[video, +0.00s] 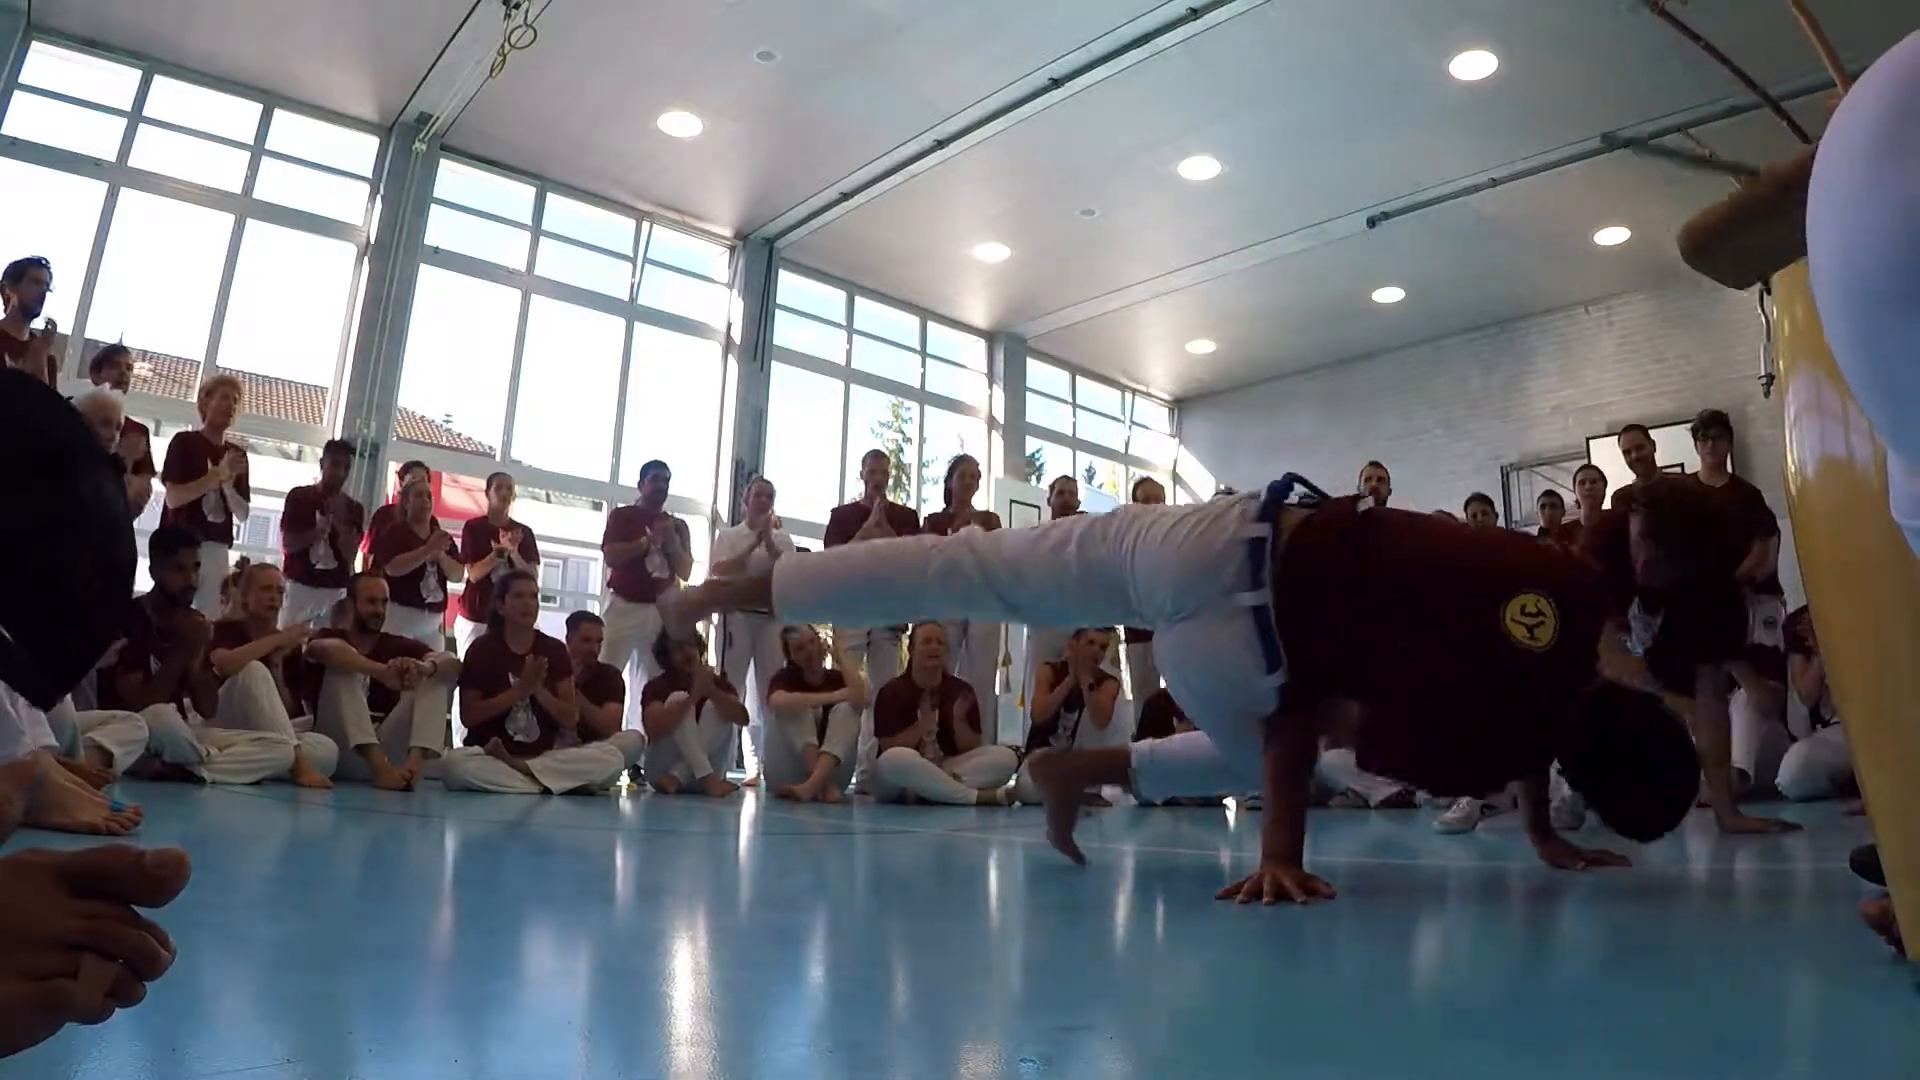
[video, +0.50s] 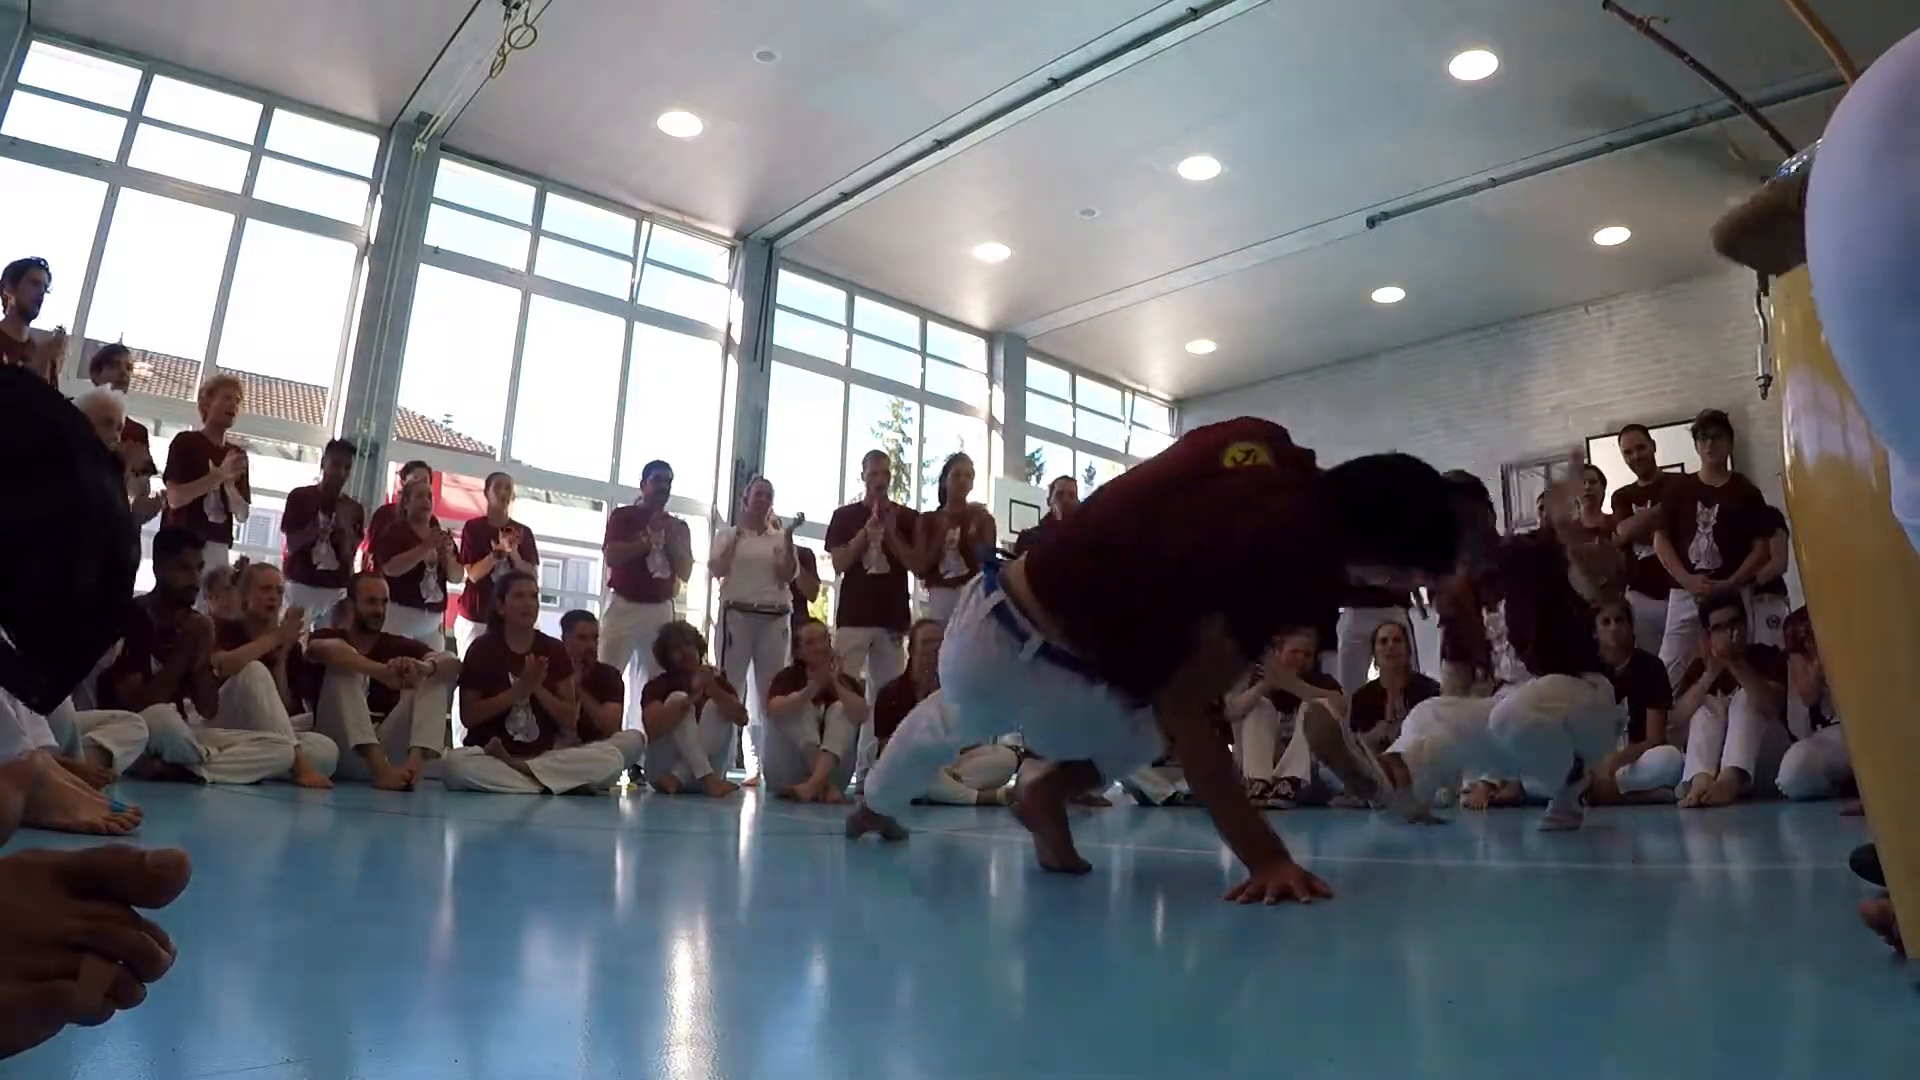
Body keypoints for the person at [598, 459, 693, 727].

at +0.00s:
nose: (661, 485)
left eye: (665, 480)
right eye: (655, 479)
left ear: (669, 487)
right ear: (640, 484)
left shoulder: (677, 525)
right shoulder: (621, 515)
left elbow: (685, 572)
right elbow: (611, 556)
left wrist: (671, 544)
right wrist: (648, 543)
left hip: (660, 609)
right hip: (622, 607)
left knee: (654, 686)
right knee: (606, 680)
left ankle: (649, 750)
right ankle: (599, 746)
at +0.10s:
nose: (661, 485)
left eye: (665, 481)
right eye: (655, 479)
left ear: (669, 487)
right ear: (641, 484)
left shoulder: (678, 525)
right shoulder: (621, 516)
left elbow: (685, 574)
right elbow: (611, 557)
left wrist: (672, 545)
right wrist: (647, 542)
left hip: (660, 610)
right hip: (622, 608)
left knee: (657, 687)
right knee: (605, 681)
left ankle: (653, 753)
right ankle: (598, 748)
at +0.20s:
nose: (662, 485)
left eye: (667, 481)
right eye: (656, 479)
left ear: (670, 488)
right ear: (642, 483)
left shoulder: (677, 525)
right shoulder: (621, 516)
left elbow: (685, 574)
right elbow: (612, 557)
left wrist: (675, 545)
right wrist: (647, 531)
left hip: (659, 610)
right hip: (622, 608)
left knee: (655, 687)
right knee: (606, 682)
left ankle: (653, 750)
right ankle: (599, 747)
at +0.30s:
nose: (662, 486)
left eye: (667, 482)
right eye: (656, 480)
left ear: (670, 487)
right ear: (642, 484)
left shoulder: (678, 525)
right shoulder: (622, 516)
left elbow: (685, 573)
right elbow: (612, 556)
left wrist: (674, 546)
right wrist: (645, 544)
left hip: (660, 610)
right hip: (622, 607)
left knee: (654, 687)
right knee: (606, 681)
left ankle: (649, 748)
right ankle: (598, 746)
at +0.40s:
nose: (663, 485)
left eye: (668, 481)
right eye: (657, 479)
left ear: (671, 488)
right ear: (642, 484)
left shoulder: (678, 525)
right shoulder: (621, 516)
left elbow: (685, 572)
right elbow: (612, 556)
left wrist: (672, 544)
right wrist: (649, 541)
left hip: (660, 610)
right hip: (622, 608)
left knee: (656, 686)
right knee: (606, 681)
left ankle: (652, 748)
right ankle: (599, 746)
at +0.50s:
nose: (663, 486)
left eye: (668, 481)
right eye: (657, 479)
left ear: (671, 487)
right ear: (643, 484)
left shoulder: (678, 526)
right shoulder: (622, 516)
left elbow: (685, 573)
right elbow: (612, 556)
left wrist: (671, 544)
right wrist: (646, 543)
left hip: (660, 610)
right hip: (623, 608)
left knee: (657, 687)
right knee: (605, 681)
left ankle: (654, 752)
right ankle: (598, 748)